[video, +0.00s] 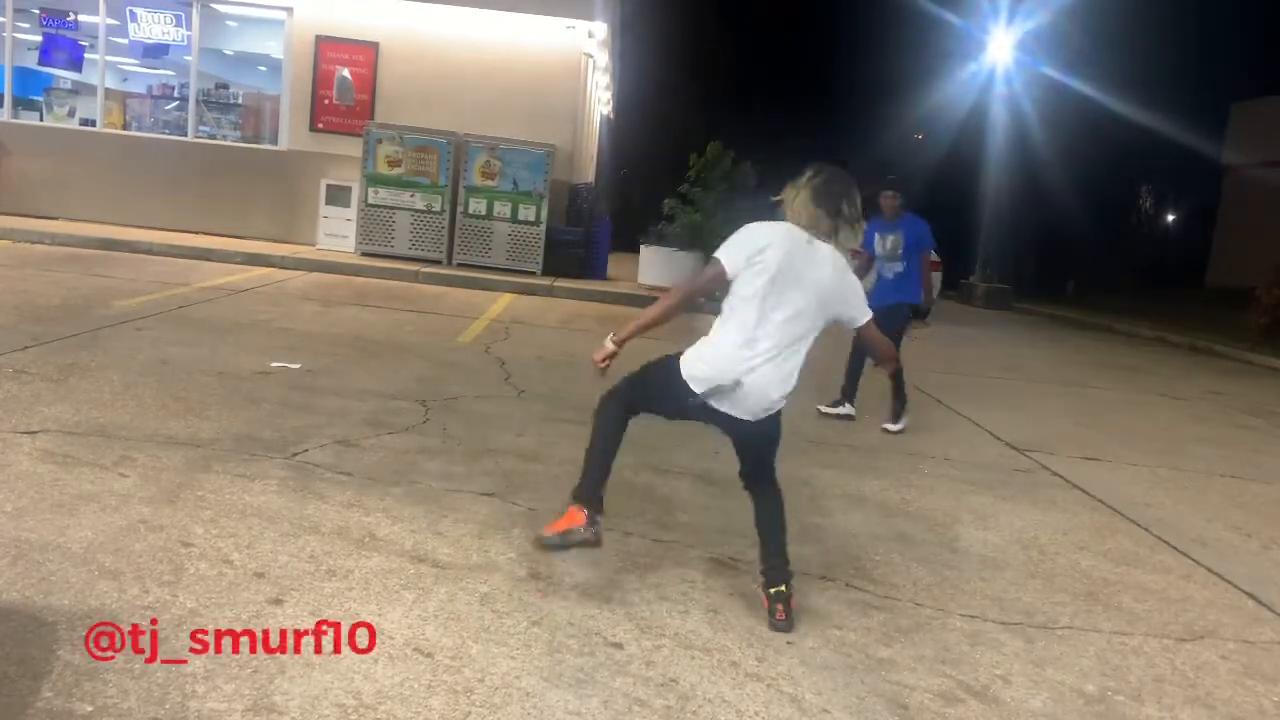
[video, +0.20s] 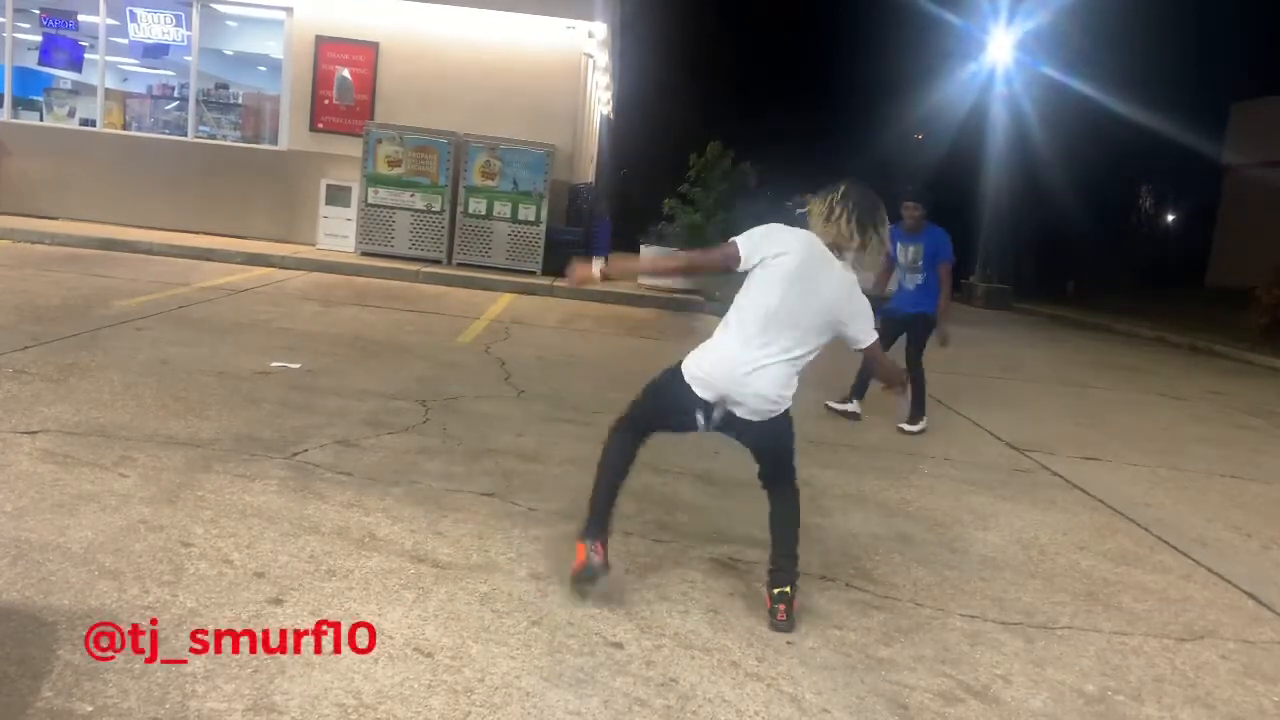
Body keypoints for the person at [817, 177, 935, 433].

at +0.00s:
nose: (889, 203)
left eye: (894, 198)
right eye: (885, 198)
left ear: (901, 201)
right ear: (879, 201)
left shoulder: (917, 226)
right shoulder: (874, 226)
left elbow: (925, 265)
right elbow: (865, 263)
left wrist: (927, 299)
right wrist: (846, 288)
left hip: (904, 298)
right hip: (877, 297)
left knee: (890, 352)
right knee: (859, 345)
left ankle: (898, 412)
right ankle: (847, 400)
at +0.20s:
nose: (909, 214)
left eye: (915, 209)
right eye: (906, 209)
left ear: (924, 212)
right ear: (901, 210)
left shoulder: (939, 238)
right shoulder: (895, 233)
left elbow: (946, 281)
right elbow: (887, 266)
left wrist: (942, 322)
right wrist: (875, 296)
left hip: (925, 307)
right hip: (899, 304)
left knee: (913, 358)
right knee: (874, 349)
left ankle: (917, 417)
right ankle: (854, 400)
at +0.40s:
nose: (928, 216)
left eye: (933, 211)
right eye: (924, 211)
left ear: (942, 213)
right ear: (919, 213)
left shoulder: (957, 238)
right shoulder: (912, 235)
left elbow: (971, 276)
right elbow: (907, 271)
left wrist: (959, 304)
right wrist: (900, 301)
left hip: (944, 309)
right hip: (919, 307)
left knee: (930, 358)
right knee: (917, 357)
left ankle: (921, 411)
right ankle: (929, 402)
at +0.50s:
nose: (935, 219)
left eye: (940, 214)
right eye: (931, 214)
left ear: (949, 215)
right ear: (927, 215)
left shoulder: (966, 238)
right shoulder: (925, 238)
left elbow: (981, 272)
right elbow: (919, 273)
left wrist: (977, 300)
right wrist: (912, 301)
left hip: (955, 310)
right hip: (931, 309)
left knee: (941, 359)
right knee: (927, 360)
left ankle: (931, 412)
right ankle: (931, 409)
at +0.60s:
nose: (942, 216)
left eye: (947, 211)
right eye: (938, 211)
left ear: (956, 213)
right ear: (933, 213)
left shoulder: (974, 237)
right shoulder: (930, 237)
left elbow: (989, 275)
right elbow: (923, 274)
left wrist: (987, 314)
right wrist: (921, 308)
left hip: (967, 308)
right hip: (940, 308)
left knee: (955, 357)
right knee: (933, 356)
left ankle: (953, 413)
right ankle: (932, 407)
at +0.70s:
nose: (948, 218)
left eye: (953, 213)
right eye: (944, 213)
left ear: (964, 215)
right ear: (939, 215)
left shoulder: (981, 239)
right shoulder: (935, 240)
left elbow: (995, 277)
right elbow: (927, 275)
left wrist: (997, 317)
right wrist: (928, 308)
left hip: (974, 313)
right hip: (945, 312)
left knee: (968, 362)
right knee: (934, 359)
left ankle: (976, 418)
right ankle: (932, 408)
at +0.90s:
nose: (965, 220)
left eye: (969, 216)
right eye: (961, 216)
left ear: (979, 216)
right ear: (956, 218)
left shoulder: (1000, 241)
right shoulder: (951, 241)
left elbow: (1010, 277)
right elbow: (953, 274)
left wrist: (1007, 314)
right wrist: (957, 299)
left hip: (988, 315)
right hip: (959, 312)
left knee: (983, 364)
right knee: (943, 357)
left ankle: (985, 418)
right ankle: (936, 406)